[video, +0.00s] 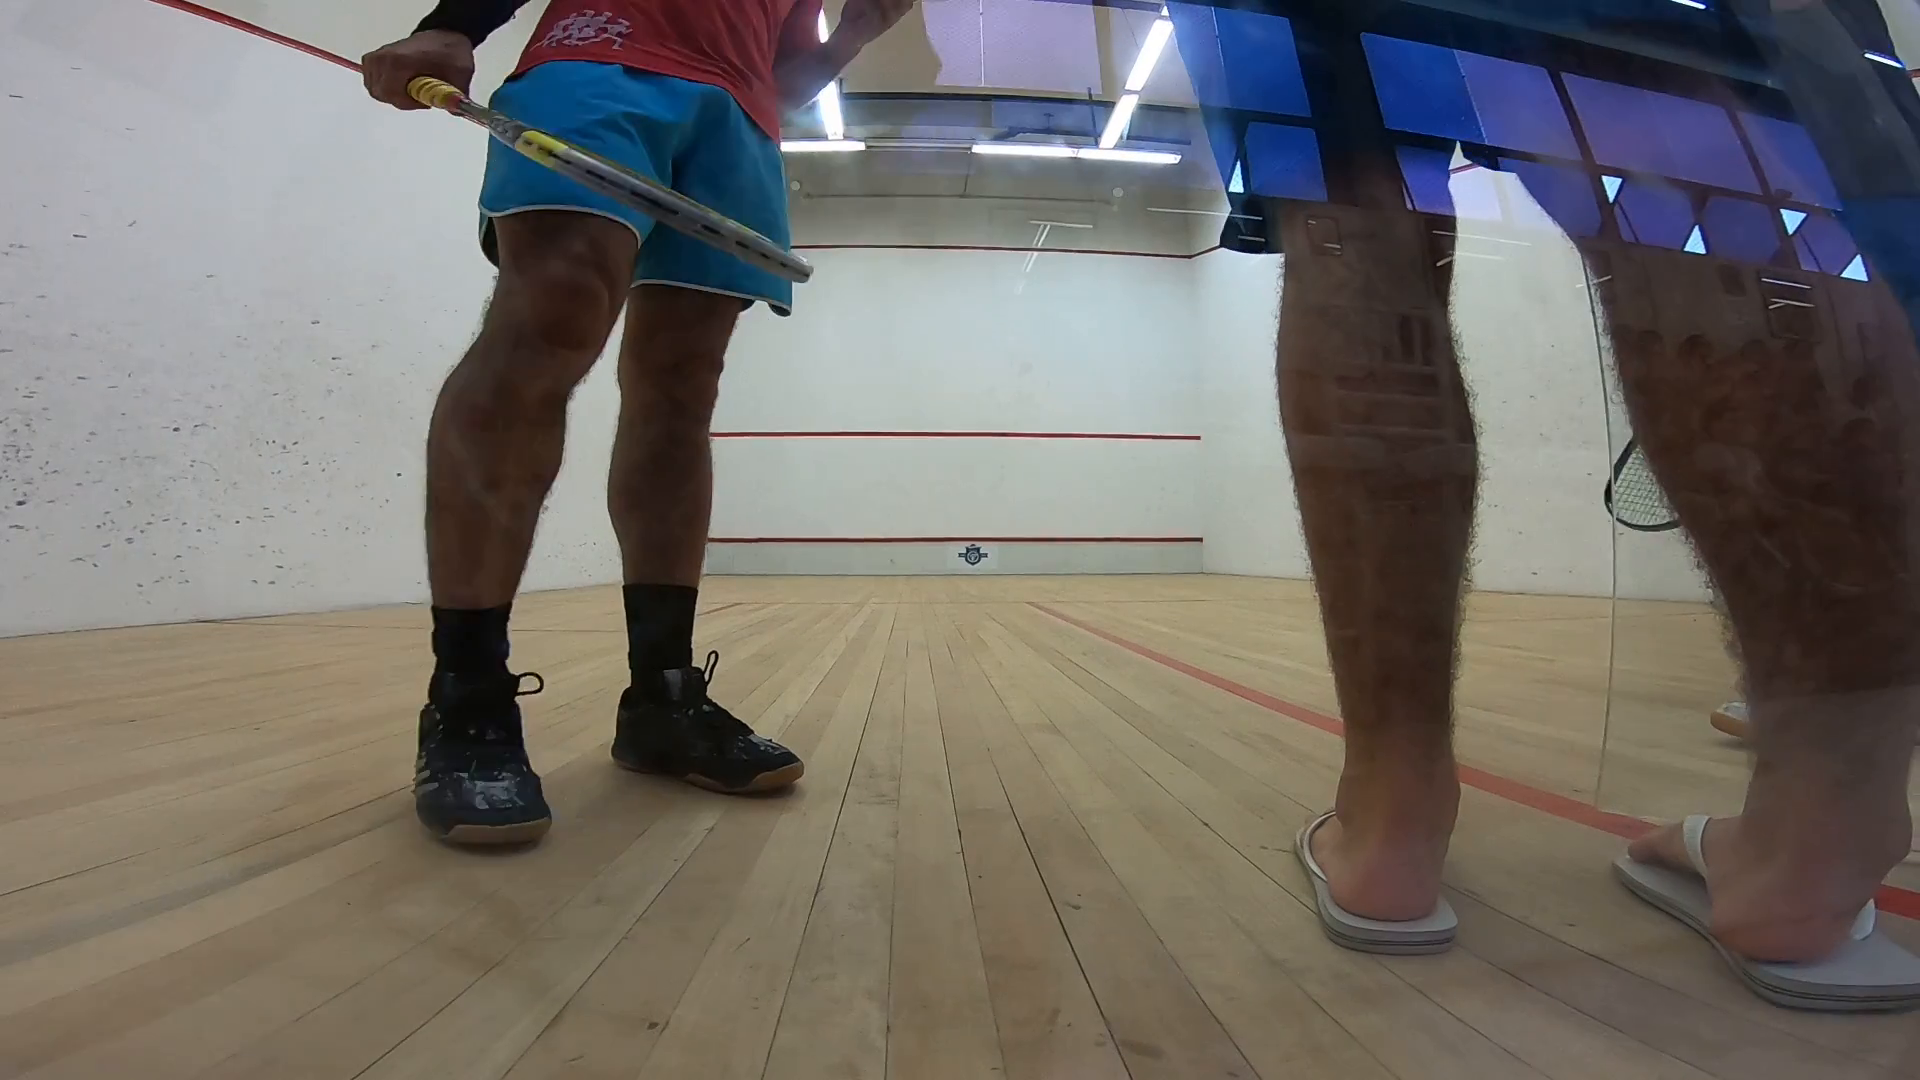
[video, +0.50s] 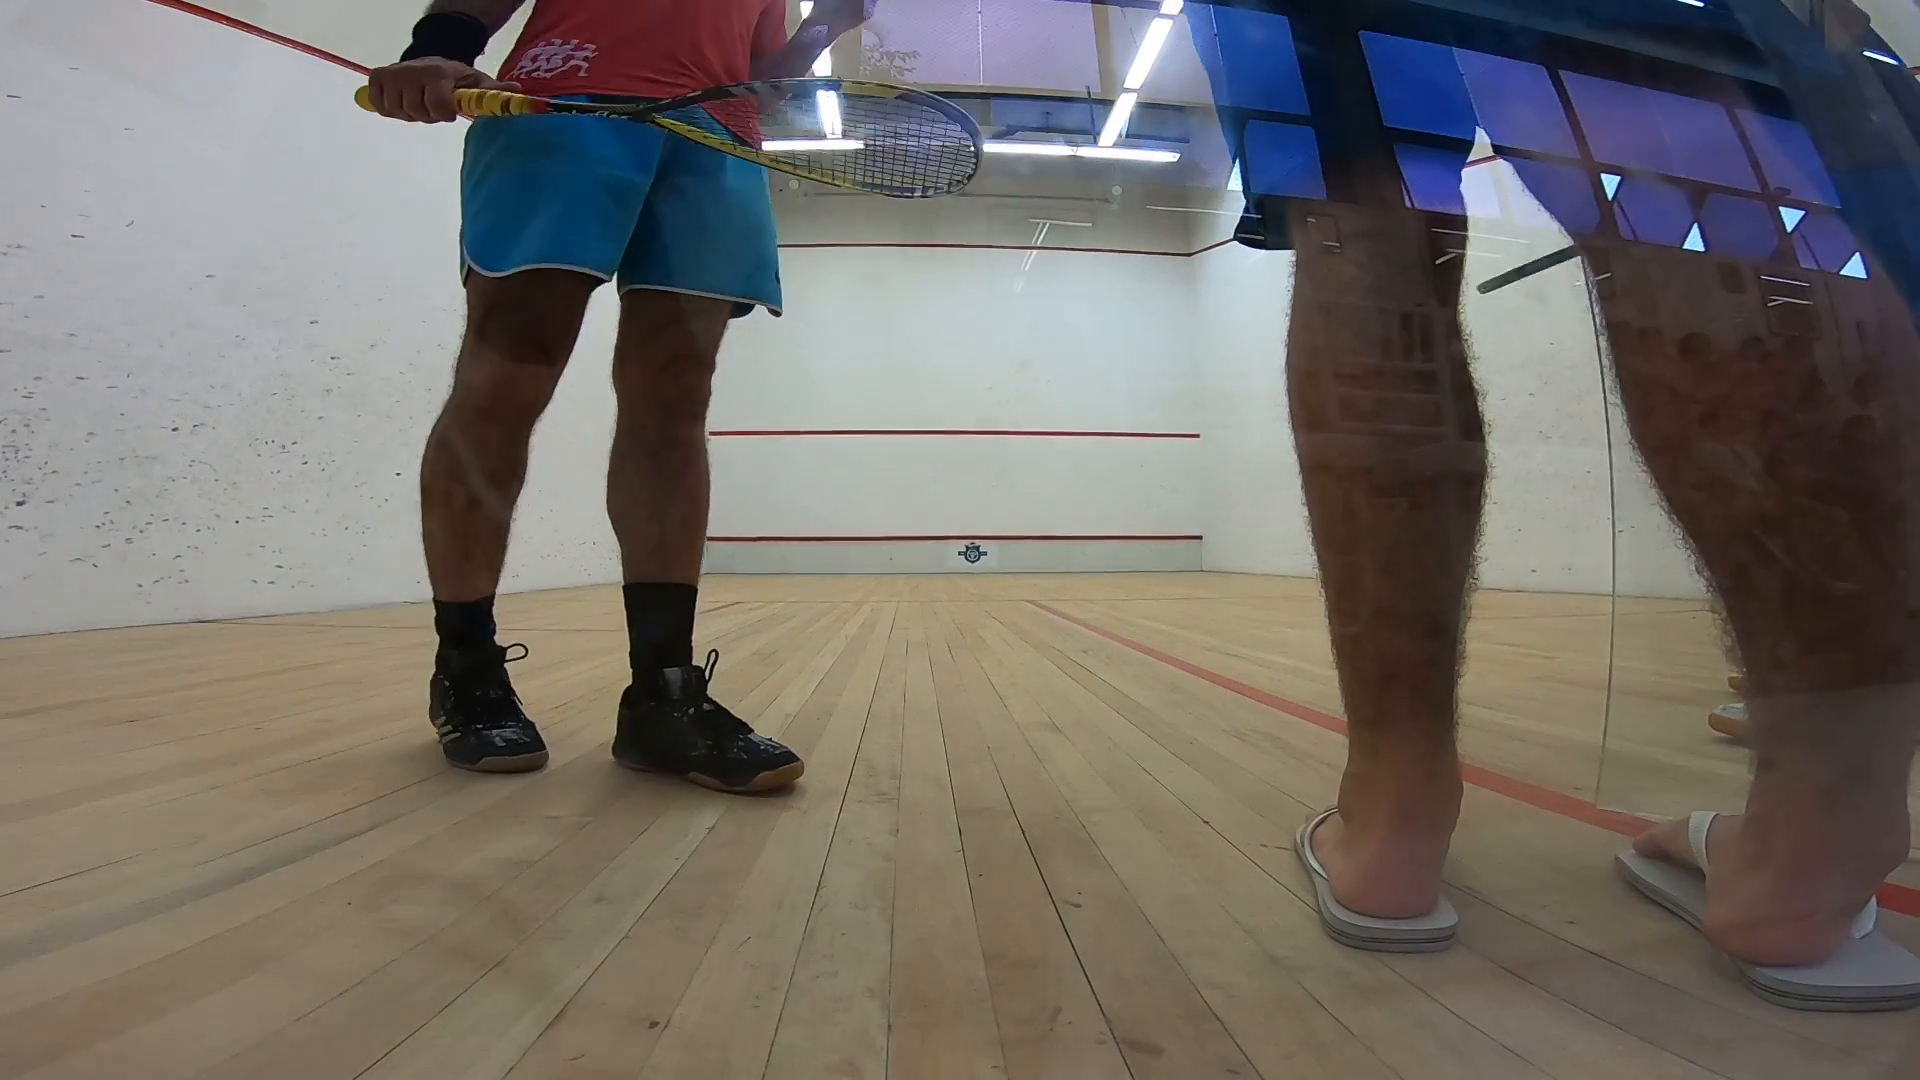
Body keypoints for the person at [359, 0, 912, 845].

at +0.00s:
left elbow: (776, 84)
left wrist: (853, 32)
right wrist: (455, 22)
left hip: (744, 83)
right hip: (604, 33)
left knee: (682, 378)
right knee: (552, 312)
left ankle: (663, 696)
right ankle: (469, 715)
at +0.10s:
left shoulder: (791, 9)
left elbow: (784, 89)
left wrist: (850, 40)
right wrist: (466, 27)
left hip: (742, 90)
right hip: (604, 33)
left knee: (686, 377)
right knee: (562, 298)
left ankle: (664, 698)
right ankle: (492, 673)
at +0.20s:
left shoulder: (784, 10)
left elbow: (788, 92)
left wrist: (849, 36)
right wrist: (473, 36)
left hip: (741, 90)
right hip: (607, 37)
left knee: (687, 381)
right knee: (556, 322)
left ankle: (665, 696)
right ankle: (484, 640)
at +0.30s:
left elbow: (788, 77)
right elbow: (521, 1)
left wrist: (846, 26)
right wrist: (470, 44)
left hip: (741, 90)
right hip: (596, 53)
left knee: (686, 388)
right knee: (538, 364)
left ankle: (665, 695)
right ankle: (466, 656)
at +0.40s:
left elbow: (778, 74)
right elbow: (505, 3)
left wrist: (844, 18)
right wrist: (454, 49)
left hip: (735, 100)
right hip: (581, 64)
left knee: (683, 389)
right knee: (523, 375)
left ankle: (664, 696)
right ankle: (471, 672)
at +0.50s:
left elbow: (767, 70)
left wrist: (828, 24)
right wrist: (438, 47)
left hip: (720, 107)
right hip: (566, 80)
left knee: (675, 389)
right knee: (508, 378)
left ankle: (664, 696)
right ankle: (467, 676)